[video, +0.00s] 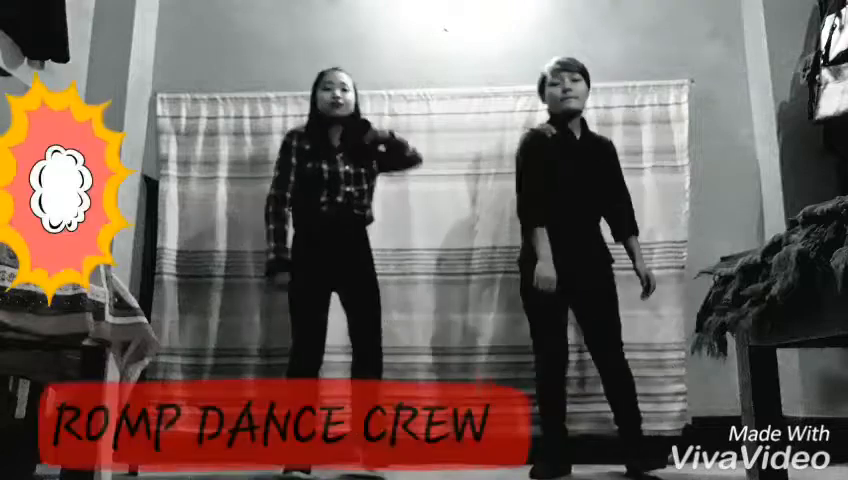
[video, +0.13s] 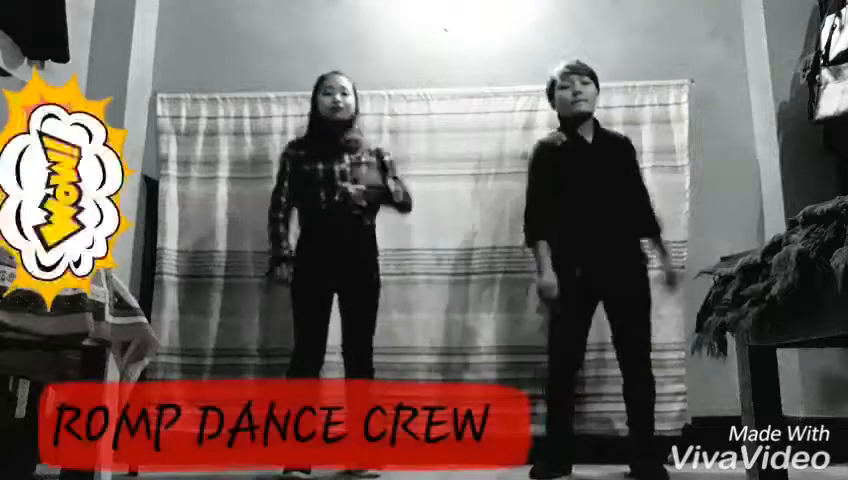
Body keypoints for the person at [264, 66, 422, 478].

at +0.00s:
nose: (337, 94)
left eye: (344, 88)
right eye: (328, 88)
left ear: (355, 98)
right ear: (314, 97)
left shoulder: (365, 141)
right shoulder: (298, 141)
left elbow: (410, 159)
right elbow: (278, 201)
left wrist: (380, 138)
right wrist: (278, 257)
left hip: (353, 253)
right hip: (309, 254)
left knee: (368, 347)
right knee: (307, 350)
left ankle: (369, 440)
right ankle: (297, 446)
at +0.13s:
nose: (337, 99)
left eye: (345, 93)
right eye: (328, 92)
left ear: (355, 103)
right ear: (314, 102)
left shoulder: (372, 153)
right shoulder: (297, 153)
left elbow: (404, 201)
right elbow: (280, 208)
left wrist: (378, 189)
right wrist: (280, 256)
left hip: (359, 263)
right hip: (312, 263)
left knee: (359, 356)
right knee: (307, 355)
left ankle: (361, 448)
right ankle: (296, 447)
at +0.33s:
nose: (345, 100)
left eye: (353, 94)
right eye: (336, 94)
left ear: (364, 105)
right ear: (323, 105)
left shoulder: (380, 151)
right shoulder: (309, 155)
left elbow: (400, 206)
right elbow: (297, 211)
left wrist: (400, 257)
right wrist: (289, 259)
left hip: (363, 266)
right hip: (316, 265)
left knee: (360, 354)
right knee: (301, 348)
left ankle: (361, 437)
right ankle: (279, 429)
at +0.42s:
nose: (341, 100)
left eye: (348, 95)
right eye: (333, 94)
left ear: (357, 106)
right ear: (317, 104)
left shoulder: (372, 155)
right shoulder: (299, 153)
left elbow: (392, 206)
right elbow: (285, 210)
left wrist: (396, 251)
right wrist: (278, 260)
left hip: (355, 266)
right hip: (307, 264)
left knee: (355, 356)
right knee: (290, 352)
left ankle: (360, 443)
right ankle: (272, 440)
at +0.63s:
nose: (325, 97)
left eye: (327, 92)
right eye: (317, 90)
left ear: (327, 103)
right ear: (293, 96)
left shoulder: (332, 155)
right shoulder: (266, 144)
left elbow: (344, 213)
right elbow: (263, 205)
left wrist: (353, 261)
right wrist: (288, 252)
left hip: (330, 260)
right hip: (284, 258)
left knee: (351, 346)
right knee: (276, 348)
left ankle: (349, 437)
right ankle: (262, 442)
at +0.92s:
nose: (367, 104)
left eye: (370, 98)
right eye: (358, 97)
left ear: (374, 107)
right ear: (337, 104)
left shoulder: (384, 151)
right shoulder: (315, 153)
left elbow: (409, 201)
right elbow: (293, 206)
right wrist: (272, 254)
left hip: (367, 265)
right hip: (323, 262)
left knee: (364, 357)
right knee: (300, 351)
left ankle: (368, 448)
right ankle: (280, 443)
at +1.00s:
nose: (361, 109)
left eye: (367, 102)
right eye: (354, 101)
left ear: (377, 107)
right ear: (341, 106)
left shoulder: (386, 148)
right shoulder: (325, 151)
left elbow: (411, 163)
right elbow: (310, 206)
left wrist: (387, 124)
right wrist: (299, 251)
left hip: (371, 258)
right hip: (327, 256)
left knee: (367, 351)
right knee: (315, 347)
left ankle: (368, 435)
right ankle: (314, 428)